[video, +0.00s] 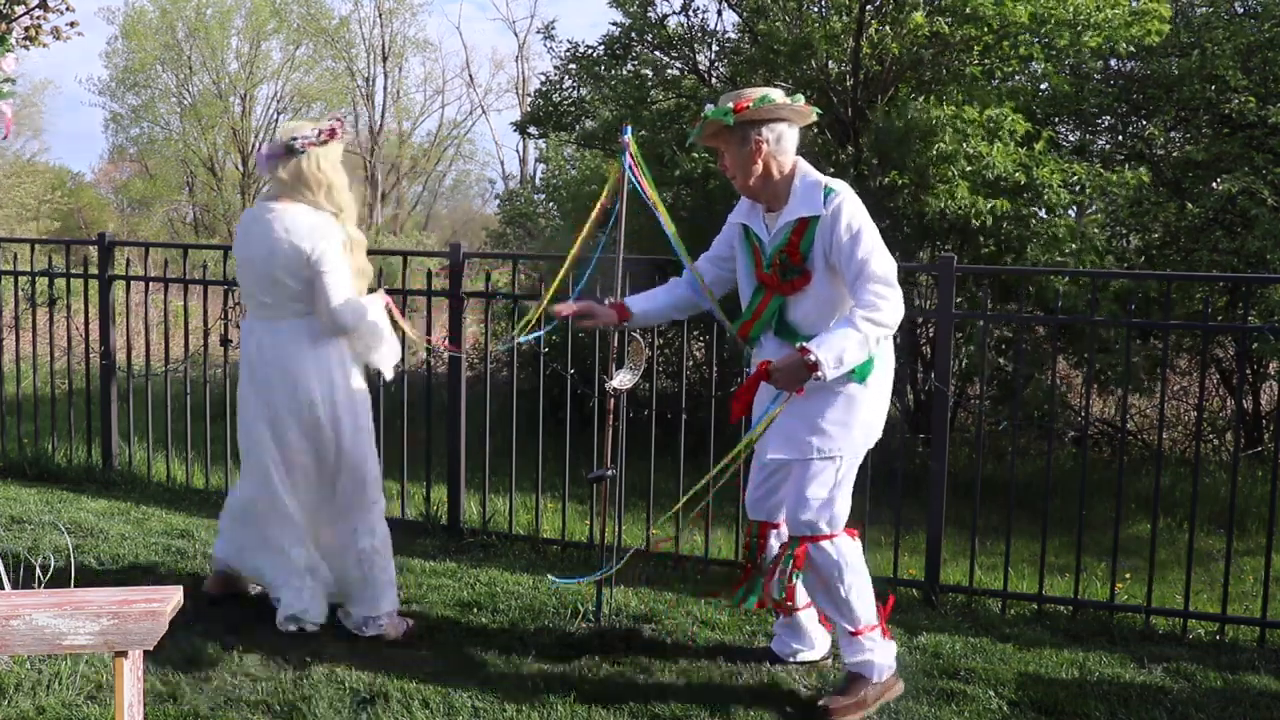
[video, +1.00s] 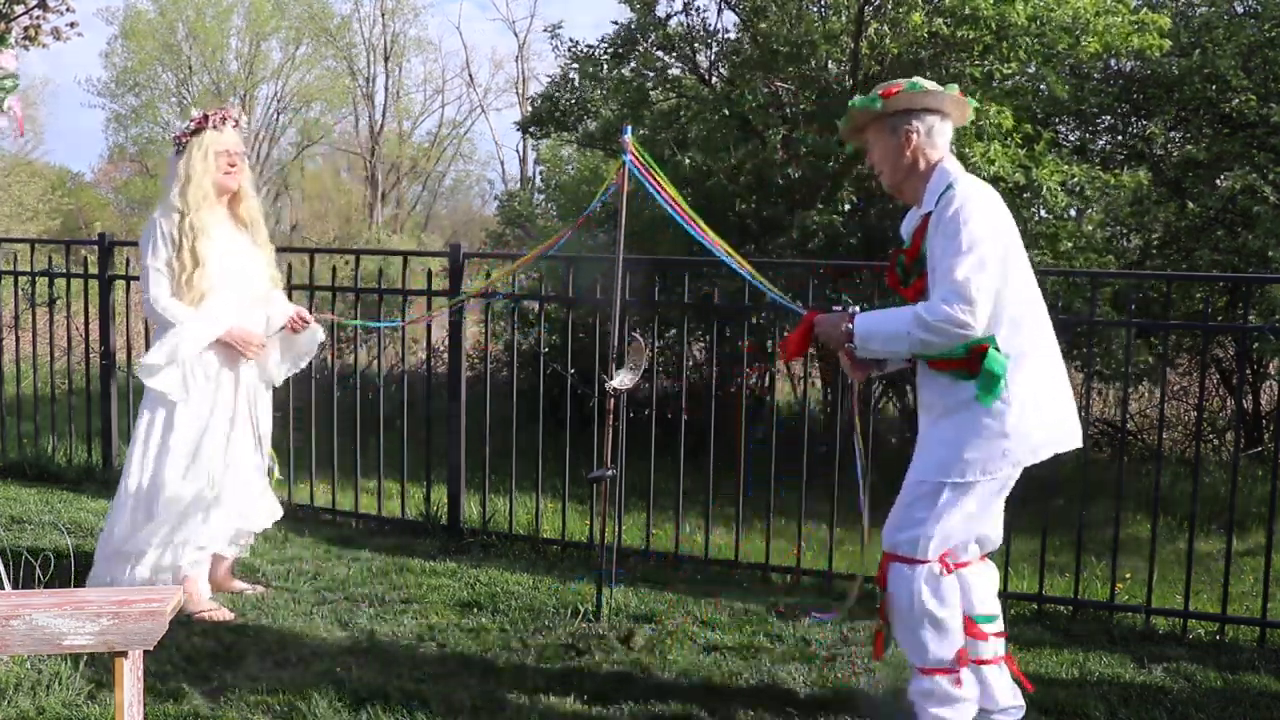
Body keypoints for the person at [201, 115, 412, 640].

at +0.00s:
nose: (343, 178)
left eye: (339, 168)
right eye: (337, 169)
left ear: (278, 171)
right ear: (323, 174)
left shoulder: (251, 223)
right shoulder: (319, 230)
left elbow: (277, 289)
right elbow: (341, 310)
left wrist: (359, 296)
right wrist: (378, 308)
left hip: (260, 354)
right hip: (313, 359)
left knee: (261, 469)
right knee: (353, 477)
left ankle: (226, 568)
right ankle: (372, 609)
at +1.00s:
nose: (234, 161)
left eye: (240, 153)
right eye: (222, 153)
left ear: (247, 163)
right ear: (195, 162)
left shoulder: (245, 225)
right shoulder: (170, 223)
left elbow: (261, 292)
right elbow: (158, 300)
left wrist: (287, 312)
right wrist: (222, 331)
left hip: (242, 362)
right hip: (194, 362)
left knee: (238, 464)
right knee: (196, 470)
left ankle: (221, 570)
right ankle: (192, 588)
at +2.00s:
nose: (225, 163)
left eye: (230, 156)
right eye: (214, 155)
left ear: (236, 164)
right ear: (187, 162)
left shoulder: (238, 223)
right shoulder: (163, 219)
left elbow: (258, 289)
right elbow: (174, 290)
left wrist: (300, 297)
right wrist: (250, 315)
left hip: (236, 365)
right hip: (186, 369)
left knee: (232, 465)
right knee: (187, 469)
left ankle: (221, 568)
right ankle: (178, 583)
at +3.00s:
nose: (219, 164)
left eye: (224, 155)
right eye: (207, 156)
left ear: (232, 162)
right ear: (181, 164)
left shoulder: (233, 221)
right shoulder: (161, 219)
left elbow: (261, 277)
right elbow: (193, 276)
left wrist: (306, 280)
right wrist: (273, 278)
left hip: (237, 353)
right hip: (190, 356)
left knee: (237, 458)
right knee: (194, 466)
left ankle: (229, 569)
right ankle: (193, 588)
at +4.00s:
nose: (234, 164)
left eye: (236, 157)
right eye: (223, 157)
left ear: (239, 164)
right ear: (195, 165)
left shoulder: (237, 222)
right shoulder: (174, 220)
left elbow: (271, 285)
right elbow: (219, 273)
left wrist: (328, 272)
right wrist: (306, 262)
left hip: (241, 362)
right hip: (196, 363)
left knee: (248, 456)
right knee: (203, 465)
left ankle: (249, 561)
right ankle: (193, 591)